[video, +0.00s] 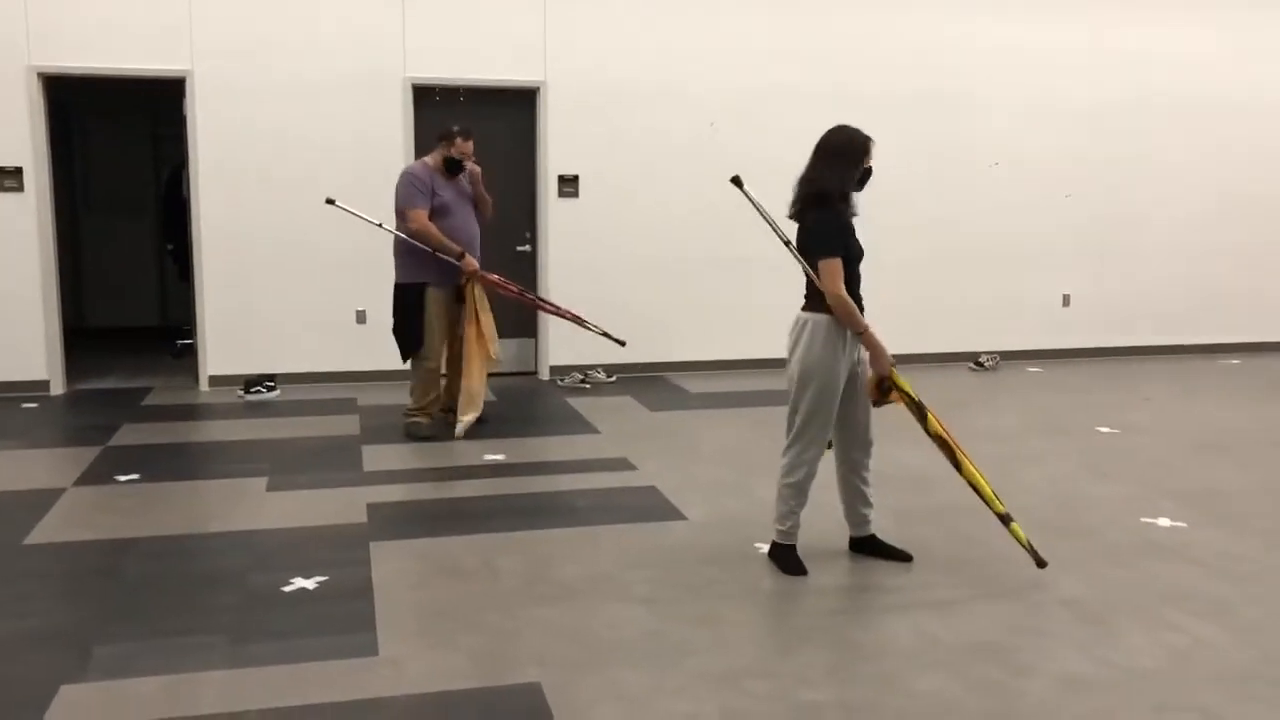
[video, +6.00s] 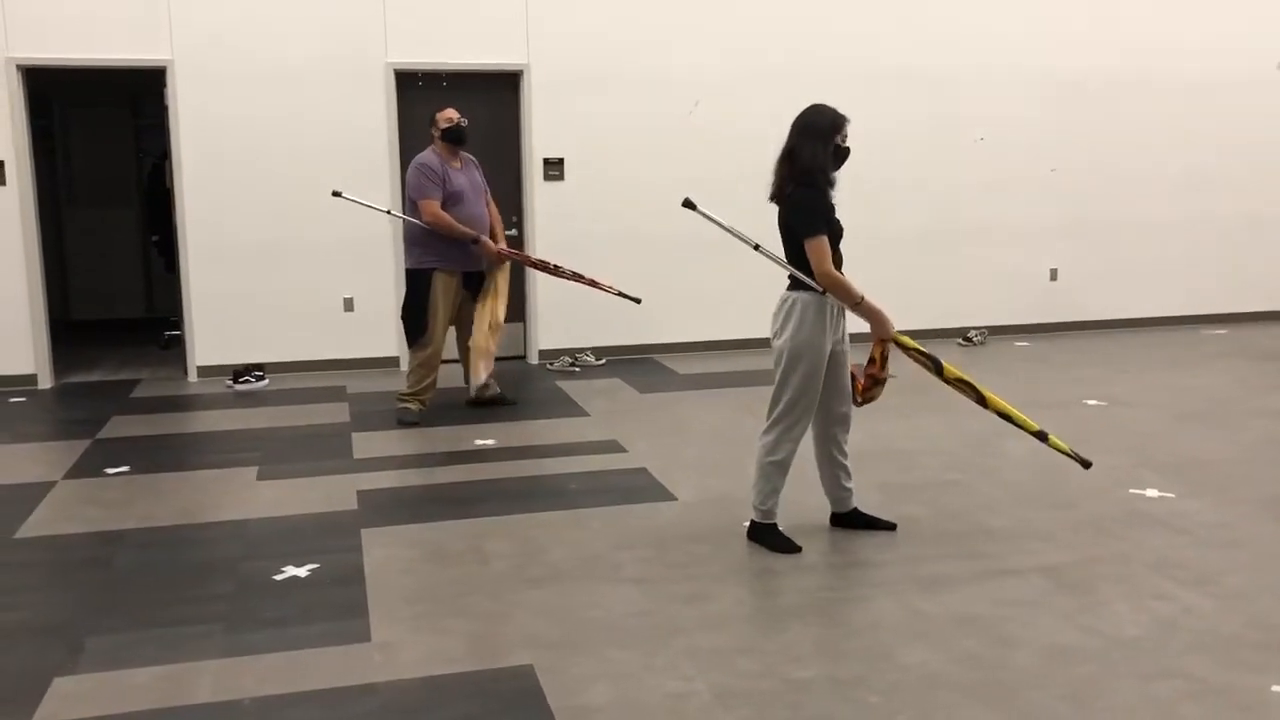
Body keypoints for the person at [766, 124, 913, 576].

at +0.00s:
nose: (868, 170)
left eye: (868, 161)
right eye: (864, 161)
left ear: (833, 159)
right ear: (846, 162)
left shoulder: (838, 212)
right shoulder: (823, 214)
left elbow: (839, 290)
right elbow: (834, 291)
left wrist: (864, 351)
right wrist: (875, 346)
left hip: (848, 334)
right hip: (821, 333)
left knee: (855, 441)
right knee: (808, 441)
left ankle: (861, 535)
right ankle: (783, 540)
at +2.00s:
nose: (832, 151)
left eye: (837, 144)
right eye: (827, 142)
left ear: (836, 142)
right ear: (804, 138)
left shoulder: (814, 193)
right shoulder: (786, 192)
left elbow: (817, 265)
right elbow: (796, 268)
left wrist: (842, 321)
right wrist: (846, 311)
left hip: (822, 311)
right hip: (790, 309)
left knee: (824, 416)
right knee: (772, 416)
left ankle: (827, 510)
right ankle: (751, 516)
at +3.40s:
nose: (829, 144)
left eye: (824, 135)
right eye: (825, 136)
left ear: (776, 143)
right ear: (820, 140)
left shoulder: (768, 192)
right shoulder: (812, 192)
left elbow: (770, 268)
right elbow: (810, 265)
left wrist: (820, 316)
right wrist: (859, 308)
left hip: (781, 303)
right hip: (797, 305)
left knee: (812, 409)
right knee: (781, 410)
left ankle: (826, 501)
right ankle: (744, 510)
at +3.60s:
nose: (829, 144)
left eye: (823, 136)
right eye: (825, 136)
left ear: (776, 142)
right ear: (820, 140)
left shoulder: (769, 192)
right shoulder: (814, 191)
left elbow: (761, 262)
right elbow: (813, 267)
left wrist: (753, 322)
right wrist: (863, 309)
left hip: (783, 303)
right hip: (800, 305)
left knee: (815, 409)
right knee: (784, 411)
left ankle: (830, 502)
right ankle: (747, 510)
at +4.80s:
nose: (827, 158)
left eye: (822, 150)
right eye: (822, 150)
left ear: (776, 153)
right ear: (814, 153)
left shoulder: (773, 201)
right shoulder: (805, 202)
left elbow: (772, 274)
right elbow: (816, 280)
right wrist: (865, 321)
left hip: (795, 316)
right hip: (799, 317)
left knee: (825, 420)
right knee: (788, 423)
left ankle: (833, 513)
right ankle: (754, 524)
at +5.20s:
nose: (840, 145)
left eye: (839, 137)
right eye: (834, 138)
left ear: (804, 141)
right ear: (814, 143)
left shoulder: (810, 193)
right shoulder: (801, 196)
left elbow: (817, 270)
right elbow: (817, 274)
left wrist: (850, 311)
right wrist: (869, 315)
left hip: (821, 311)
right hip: (798, 312)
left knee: (830, 415)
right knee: (785, 419)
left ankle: (833, 510)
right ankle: (753, 520)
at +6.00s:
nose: (844, 148)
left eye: (844, 140)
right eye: (838, 140)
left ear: (807, 140)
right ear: (819, 142)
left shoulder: (816, 192)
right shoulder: (804, 195)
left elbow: (823, 269)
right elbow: (824, 273)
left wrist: (854, 307)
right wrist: (874, 314)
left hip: (829, 311)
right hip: (805, 311)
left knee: (836, 414)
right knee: (789, 417)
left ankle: (843, 509)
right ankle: (762, 520)